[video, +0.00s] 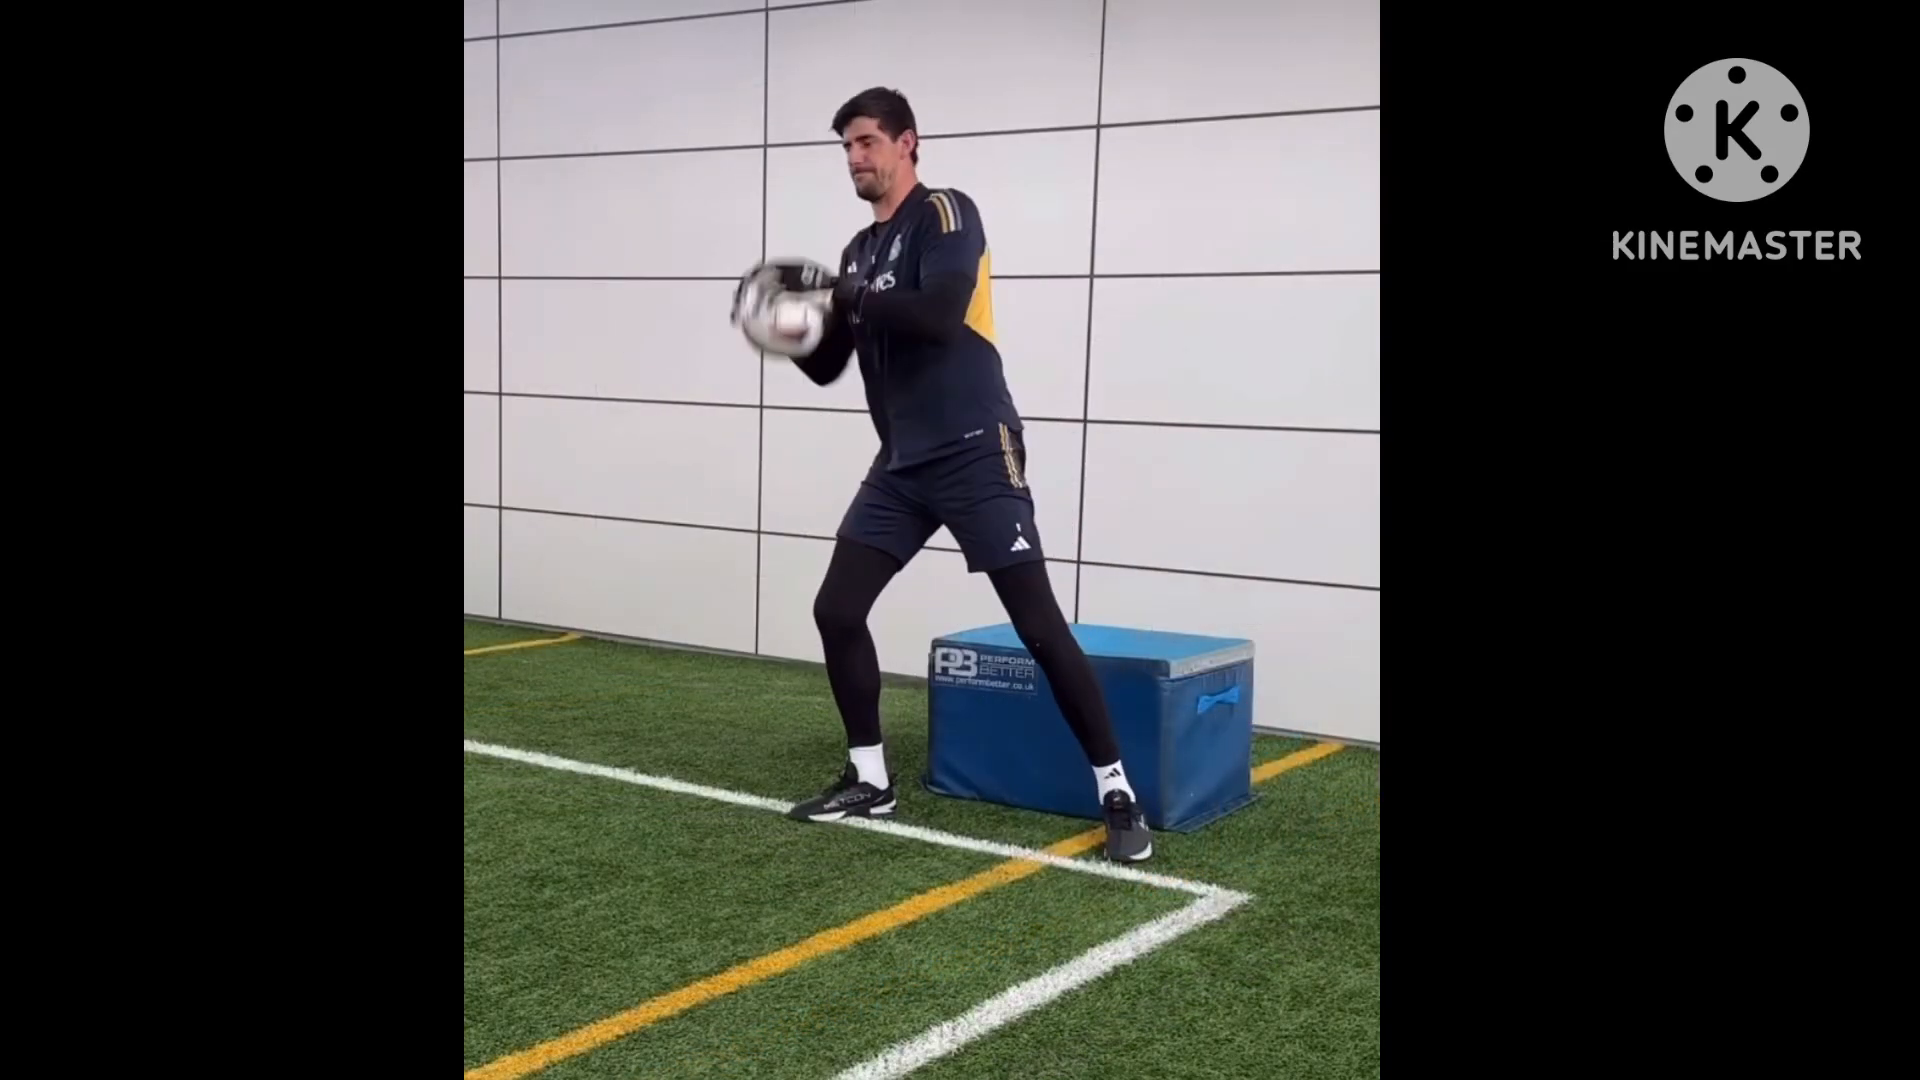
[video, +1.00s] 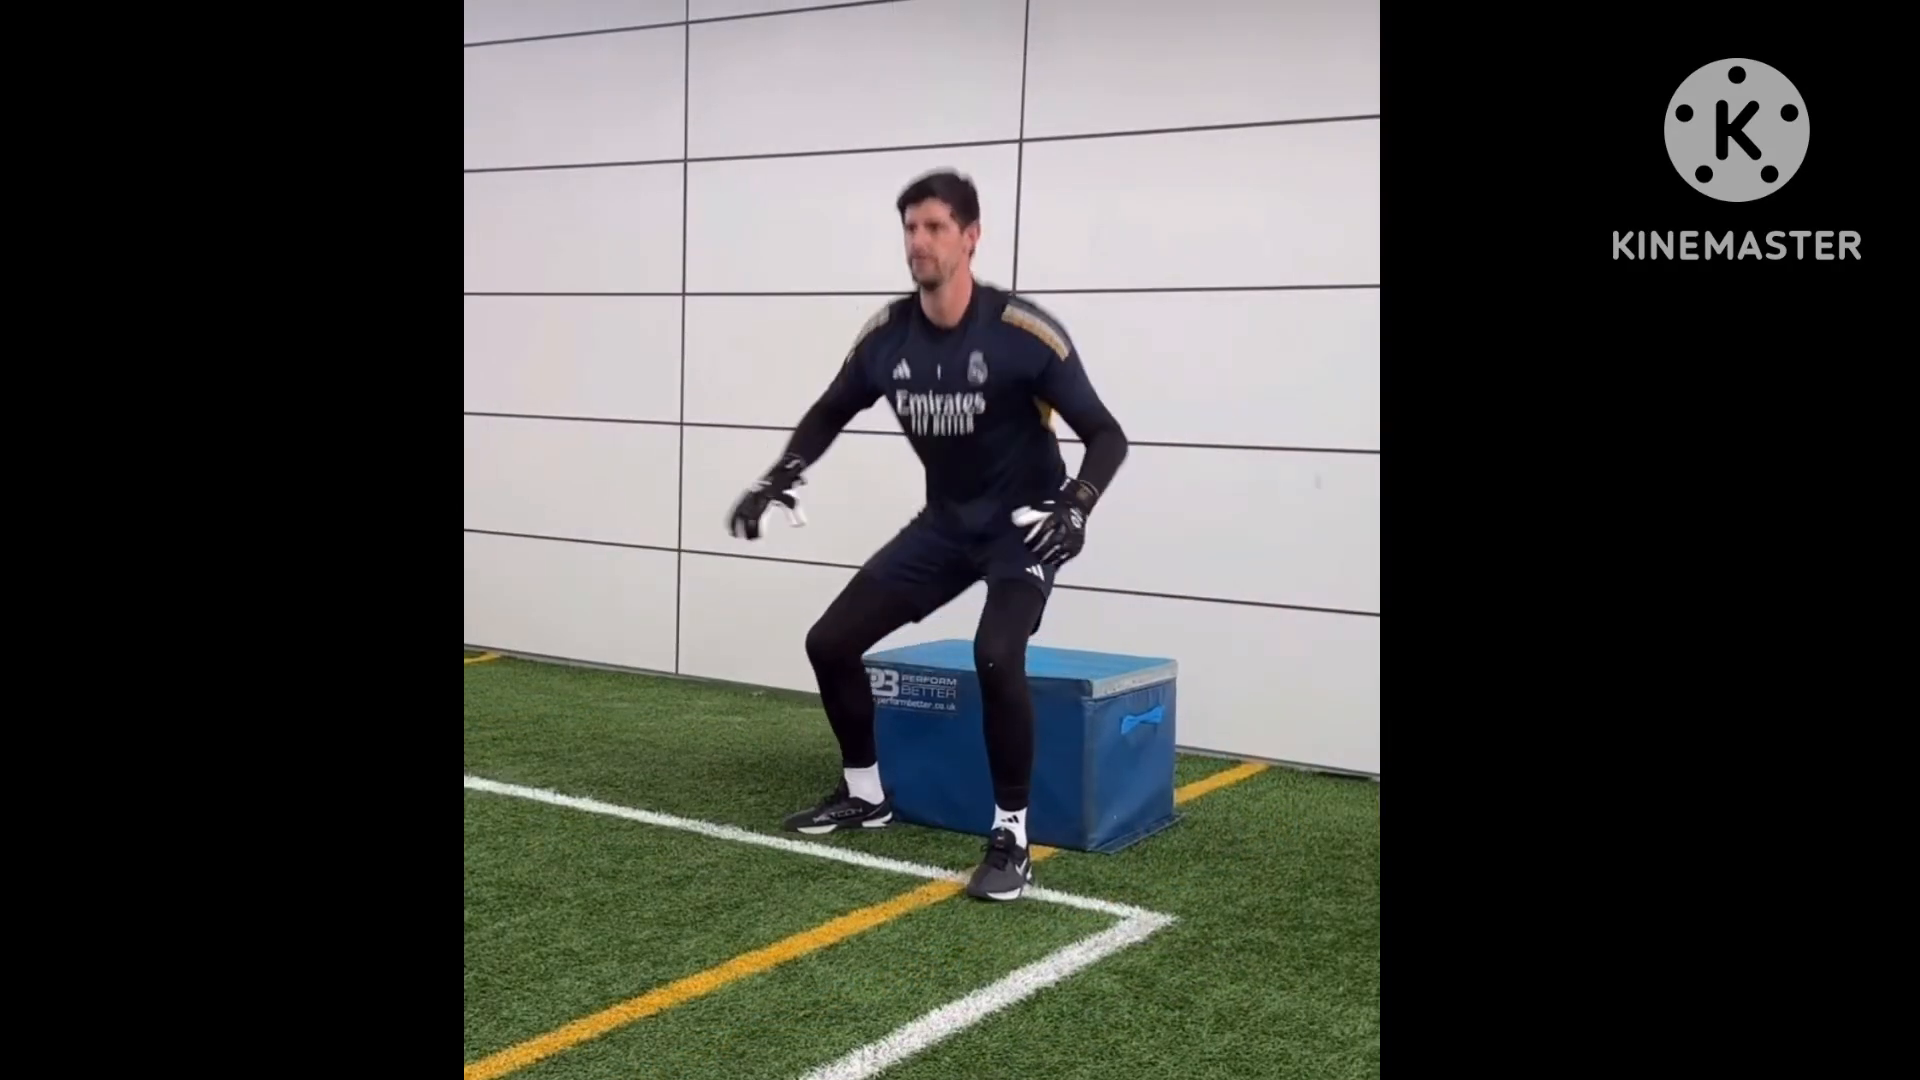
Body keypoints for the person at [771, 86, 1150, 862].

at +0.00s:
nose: (855, 158)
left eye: (867, 142)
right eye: (848, 147)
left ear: (907, 145)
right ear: (848, 158)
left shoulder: (948, 211)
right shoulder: (859, 251)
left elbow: (937, 315)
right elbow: (824, 365)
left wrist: (844, 296)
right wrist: (786, 326)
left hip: (977, 450)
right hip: (901, 462)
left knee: (1039, 625)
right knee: (837, 610)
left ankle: (1118, 793)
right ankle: (870, 782)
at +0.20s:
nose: (980, 374)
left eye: (994, 362)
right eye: (972, 363)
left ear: (1028, 366)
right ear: (965, 369)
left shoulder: (1075, 452)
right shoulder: (953, 451)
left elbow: (1109, 571)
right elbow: (907, 545)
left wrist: (1031, 565)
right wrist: (915, 549)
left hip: (1064, 615)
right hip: (979, 613)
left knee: (1025, 641)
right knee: (841, 629)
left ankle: (1011, 839)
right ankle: (866, 794)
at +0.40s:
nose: (988, 383)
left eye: (1002, 370)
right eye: (981, 371)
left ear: (1037, 377)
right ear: (974, 378)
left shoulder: (1078, 462)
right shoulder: (959, 458)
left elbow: (1107, 581)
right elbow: (896, 565)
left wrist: (1028, 564)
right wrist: (908, 547)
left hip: (1066, 623)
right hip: (982, 619)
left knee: (1021, 642)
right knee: (839, 626)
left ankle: (1010, 839)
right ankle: (866, 794)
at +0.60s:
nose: (959, 393)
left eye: (974, 380)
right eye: (952, 380)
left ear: (1008, 388)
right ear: (944, 387)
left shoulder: (1043, 452)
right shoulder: (930, 456)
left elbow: (1085, 528)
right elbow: (827, 497)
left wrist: (995, 524)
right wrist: (863, 483)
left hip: (1063, 620)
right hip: (977, 617)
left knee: (1019, 643)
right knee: (840, 628)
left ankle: (1011, 837)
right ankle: (866, 796)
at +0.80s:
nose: (922, 349)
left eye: (938, 337)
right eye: (916, 337)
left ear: (975, 345)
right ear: (910, 343)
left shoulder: (1010, 405)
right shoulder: (894, 408)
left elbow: (1097, 456)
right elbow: (809, 408)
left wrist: (1017, 461)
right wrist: (770, 407)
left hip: (1049, 579)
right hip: (966, 582)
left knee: (1009, 651)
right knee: (822, 642)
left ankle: (1011, 835)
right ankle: (864, 797)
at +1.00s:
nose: (916, 242)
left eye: (932, 228)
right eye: (909, 229)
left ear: (970, 236)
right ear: (903, 241)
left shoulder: (1024, 331)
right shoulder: (888, 336)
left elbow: (1107, 437)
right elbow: (829, 414)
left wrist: (1076, 504)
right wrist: (781, 476)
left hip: (1026, 522)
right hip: (946, 524)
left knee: (998, 657)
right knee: (830, 645)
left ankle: (1009, 838)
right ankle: (865, 798)